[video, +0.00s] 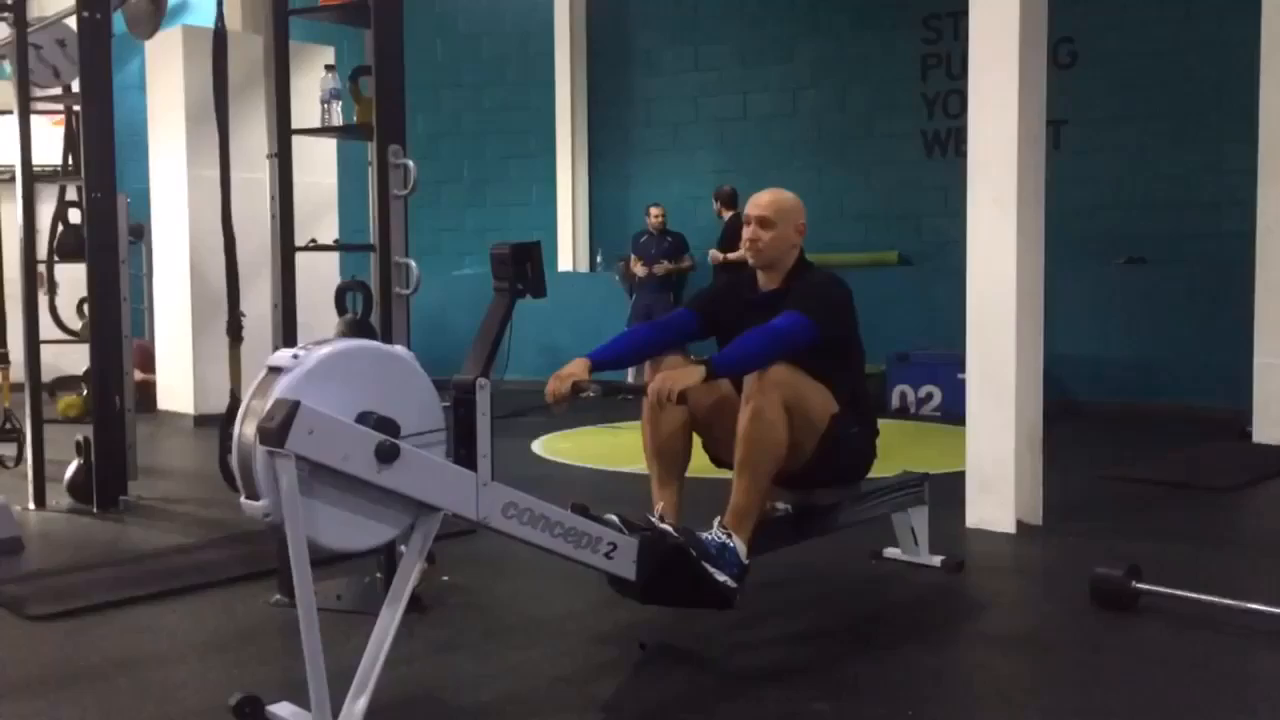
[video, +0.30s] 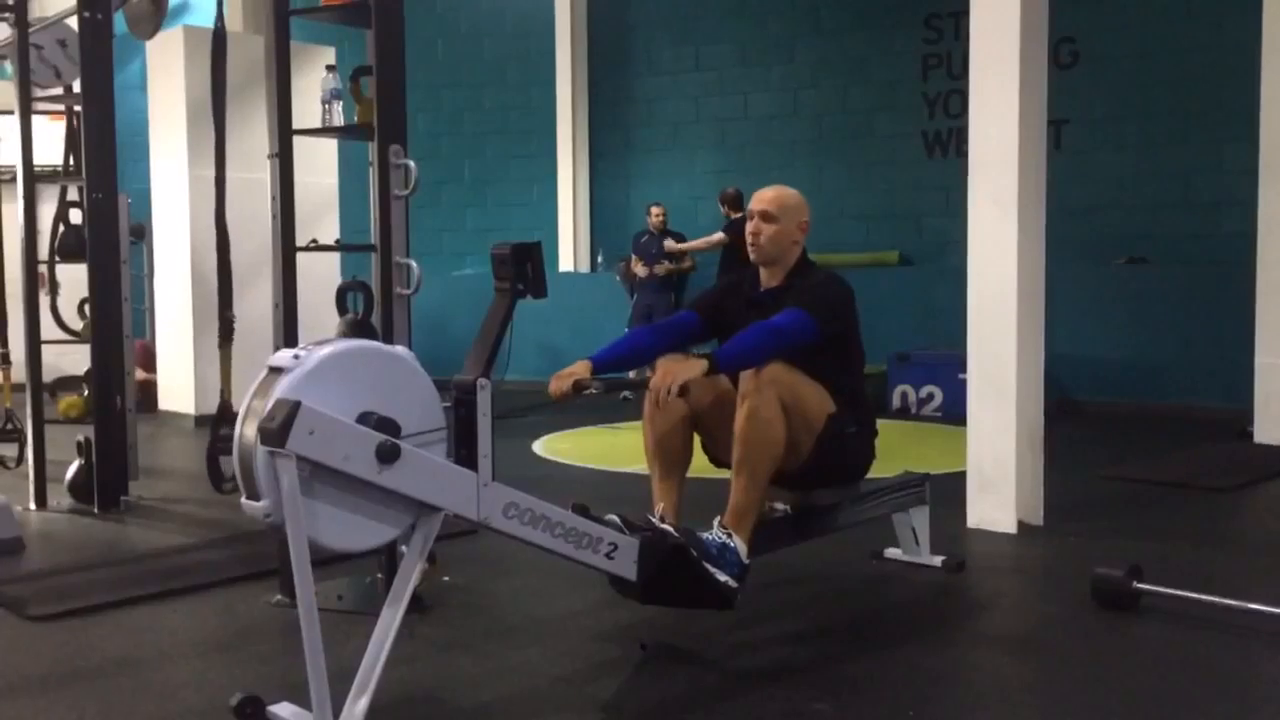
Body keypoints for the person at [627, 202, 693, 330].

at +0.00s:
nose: (660, 220)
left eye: (663, 216)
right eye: (656, 217)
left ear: (666, 217)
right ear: (648, 220)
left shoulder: (677, 238)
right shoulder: (638, 238)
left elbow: (689, 263)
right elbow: (633, 262)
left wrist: (670, 268)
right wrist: (637, 269)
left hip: (666, 296)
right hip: (642, 296)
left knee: (665, 335)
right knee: (637, 333)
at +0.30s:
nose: (661, 219)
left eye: (663, 215)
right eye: (657, 216)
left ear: (666, 217)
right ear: (649, 218)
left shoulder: (677, 238)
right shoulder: (639, 238)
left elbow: (689, 263)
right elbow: (634, 262)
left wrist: (671, 268)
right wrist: (638, 268)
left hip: (665, 295)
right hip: (643, 295)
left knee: (664, 335)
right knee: (636, 335)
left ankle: (662, 381)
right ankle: (634, 381)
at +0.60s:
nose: (662, 223)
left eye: (664, 219)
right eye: (657, 220)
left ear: (668, 220)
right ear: (650, 223)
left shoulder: (678, 239)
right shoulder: (640, 240)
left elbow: (691, 265)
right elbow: (635, 264)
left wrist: (672, 269)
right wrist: (638, 270)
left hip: (667, 296)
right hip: (644, 296)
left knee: (665, 335)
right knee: (638, 334)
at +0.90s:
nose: (663, 218)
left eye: (665, 214)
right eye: (659, 215)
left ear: (669, 216)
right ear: (651, 217)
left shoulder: (681, 239)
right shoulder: (642, 239)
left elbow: (693, 263)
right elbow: (637, 262)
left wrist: (674, 267)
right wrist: (641, 269)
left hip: (669, 296)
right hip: (646, 295)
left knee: (668, 337)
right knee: (639, 336)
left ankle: (667, 385)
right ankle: (635, 384)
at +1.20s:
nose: (674, 200)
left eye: (676, 196)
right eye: (670, 196)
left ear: (680, 198)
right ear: (662, 199)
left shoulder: (691, 220)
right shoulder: (654, 219)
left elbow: (704, 243)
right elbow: (648, 242)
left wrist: (684, 248)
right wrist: (652, 249)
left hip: (680, 276)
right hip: (658, 275)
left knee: (679, 318)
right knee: (649, 316)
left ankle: (680, 364)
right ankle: (645, 362)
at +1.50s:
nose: (678, 185)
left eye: (680, 181)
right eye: (673, 182)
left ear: (684, 183)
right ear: (666, 185)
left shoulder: (695, 206)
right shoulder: (656, 206)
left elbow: (705, 231)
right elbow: (651, 229)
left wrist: (688, 234)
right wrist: (654, 236)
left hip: (683, 263)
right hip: (660, 263)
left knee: (679, 308)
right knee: (654, 306)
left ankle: (673, 351)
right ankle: (648, 350)